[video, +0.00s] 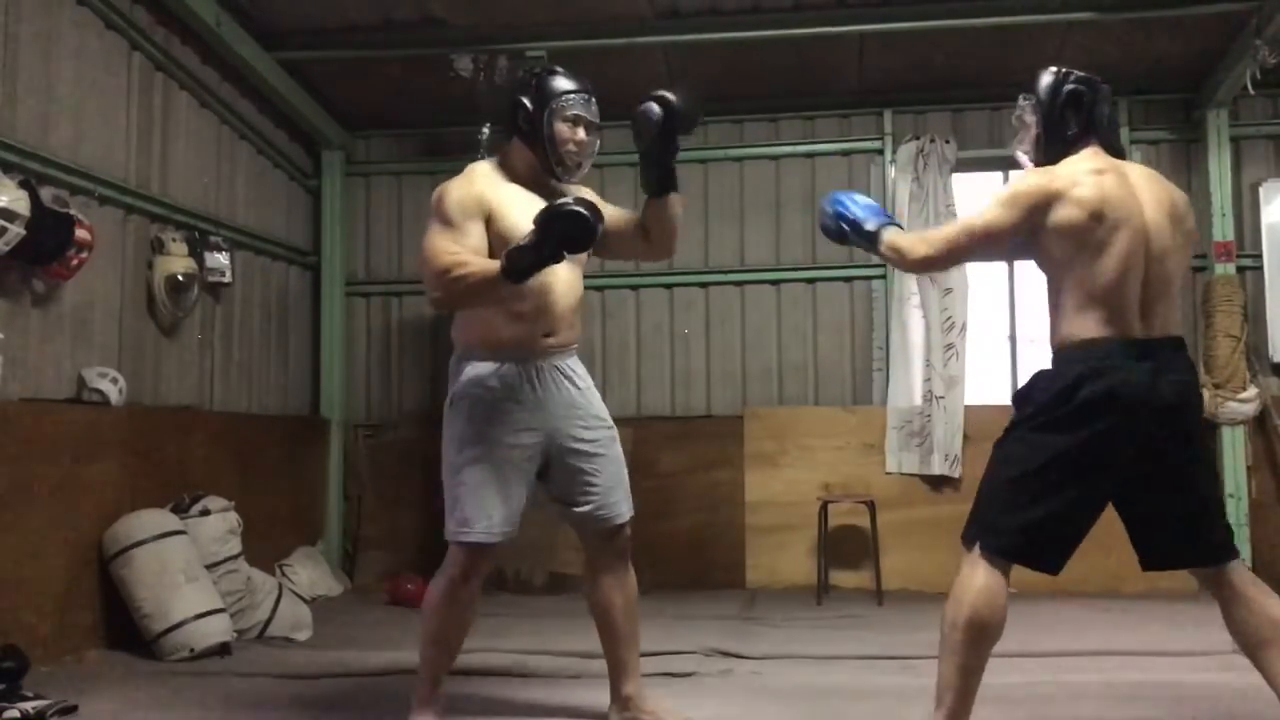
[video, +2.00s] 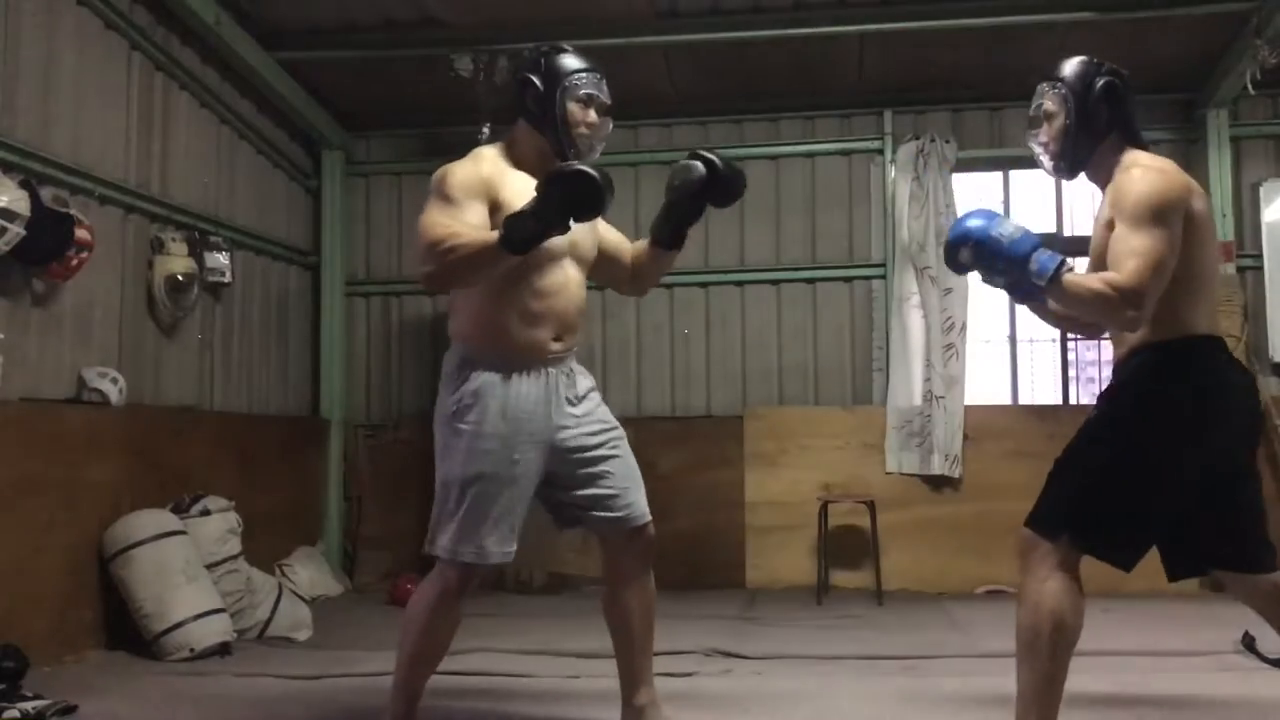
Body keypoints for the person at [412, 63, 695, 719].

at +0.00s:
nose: (584, 137)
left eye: (590, 126)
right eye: (570, 122)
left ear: (592, 133)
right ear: (528, 124)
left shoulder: (576, 203)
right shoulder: (467, 190)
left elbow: (656, 242)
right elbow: (444, 286)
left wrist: (658, 157)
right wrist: (532, 255)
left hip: (568, 380)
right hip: (490, 386)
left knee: (612, 536)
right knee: (471, 555)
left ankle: (629, 697)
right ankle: (426, 703)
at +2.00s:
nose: (599, 122)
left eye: (604, 110)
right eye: (586, 105)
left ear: (600, 119)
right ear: (539, 103)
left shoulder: (574, 202)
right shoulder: (474, 173)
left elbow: (636, 274)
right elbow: (436, 268)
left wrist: (678, 215)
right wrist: (527, 230)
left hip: (569, 385)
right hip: (490, 390)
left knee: (631, 533)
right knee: (460, 564)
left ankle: (641, 703)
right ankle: (401, 708)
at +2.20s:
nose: (582, 105)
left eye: (587, 93)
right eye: (568, 90)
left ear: (587, 103)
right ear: (522, 93)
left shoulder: (588, 174)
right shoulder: (469, 171)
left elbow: (667, 219)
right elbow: (424, 267)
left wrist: (736, 175)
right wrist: (518, 240)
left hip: (603, 370)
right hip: (527, 382)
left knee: (662, 518)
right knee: (566, 537)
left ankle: (653, 692)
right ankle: (502, 689)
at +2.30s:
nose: (554, 123)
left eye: (559, 110)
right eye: (539, 108)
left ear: (563, 118)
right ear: (494, 107)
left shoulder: (572, 191)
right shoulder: (442, 186)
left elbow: (648, 263)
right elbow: (439, 255)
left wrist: (730, 318)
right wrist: (525, 195)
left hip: (615, 346)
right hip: (545, 389)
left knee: (762, 417)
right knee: (586, 553)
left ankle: (749, 552)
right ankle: (559, 711)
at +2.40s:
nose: (553, 134)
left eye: (556, 121)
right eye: (540, 120)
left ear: (556, 127)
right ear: (496, 119)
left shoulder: (568, 194)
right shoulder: (436, 191)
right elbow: (460, 236)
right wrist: (541, 174)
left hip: (626, 323)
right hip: (565, 391)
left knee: (768, 290)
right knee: (591, 558)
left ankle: (922, 329)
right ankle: (564, 710)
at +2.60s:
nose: (568, 129)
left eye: (572, 116)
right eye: (553, 112)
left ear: (572, 122)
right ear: (504, 112)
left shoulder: (568, 187)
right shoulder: (448, 196)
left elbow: (637, 275)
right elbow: (457, 288)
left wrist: (706, 345)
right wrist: (551, 242)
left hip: (615, 326)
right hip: (557, 390)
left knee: (751, 281)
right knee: (593, 550)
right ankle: (566, 710)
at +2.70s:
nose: (569, 125)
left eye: (574, 113)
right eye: (553, 110)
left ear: (577, 120)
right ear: (506, 112)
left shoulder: (569, 188)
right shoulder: (450, 204)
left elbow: (632, 249)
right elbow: (448, 304)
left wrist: (728, 287)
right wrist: (548, 283)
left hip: (613, 342)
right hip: (546, 393)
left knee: (753, 376)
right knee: (580, 547)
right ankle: (563, 709)